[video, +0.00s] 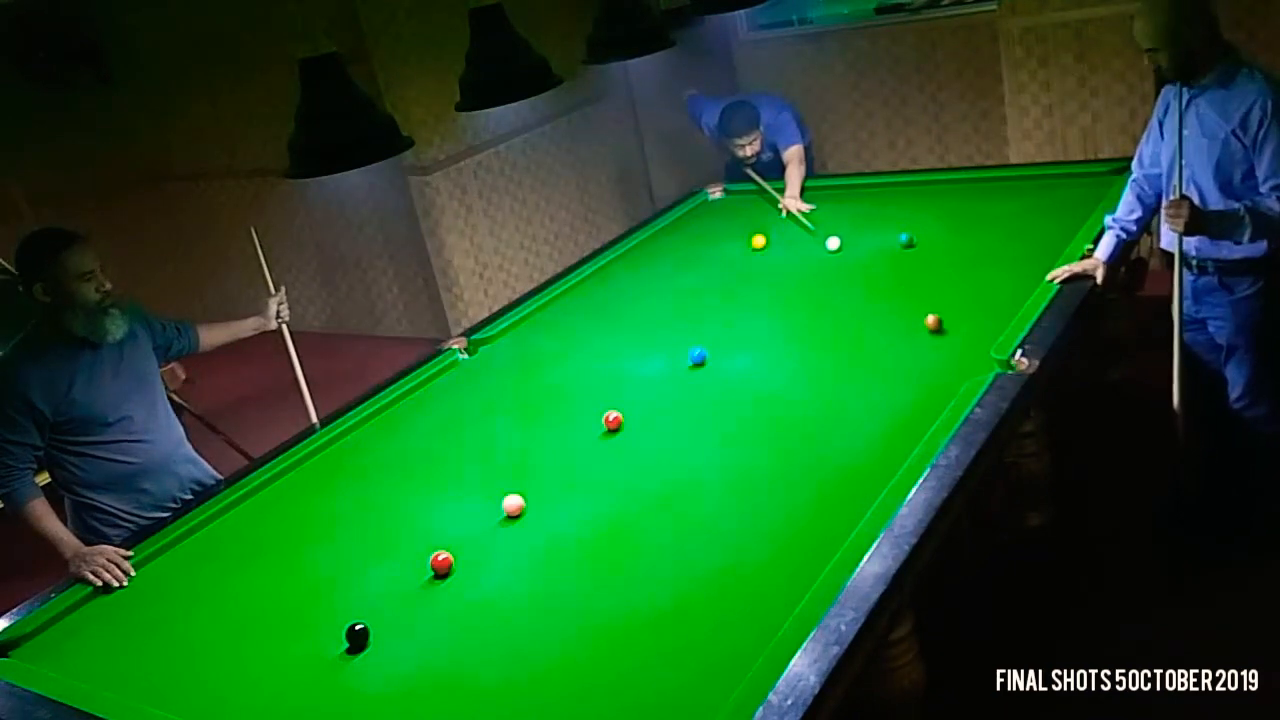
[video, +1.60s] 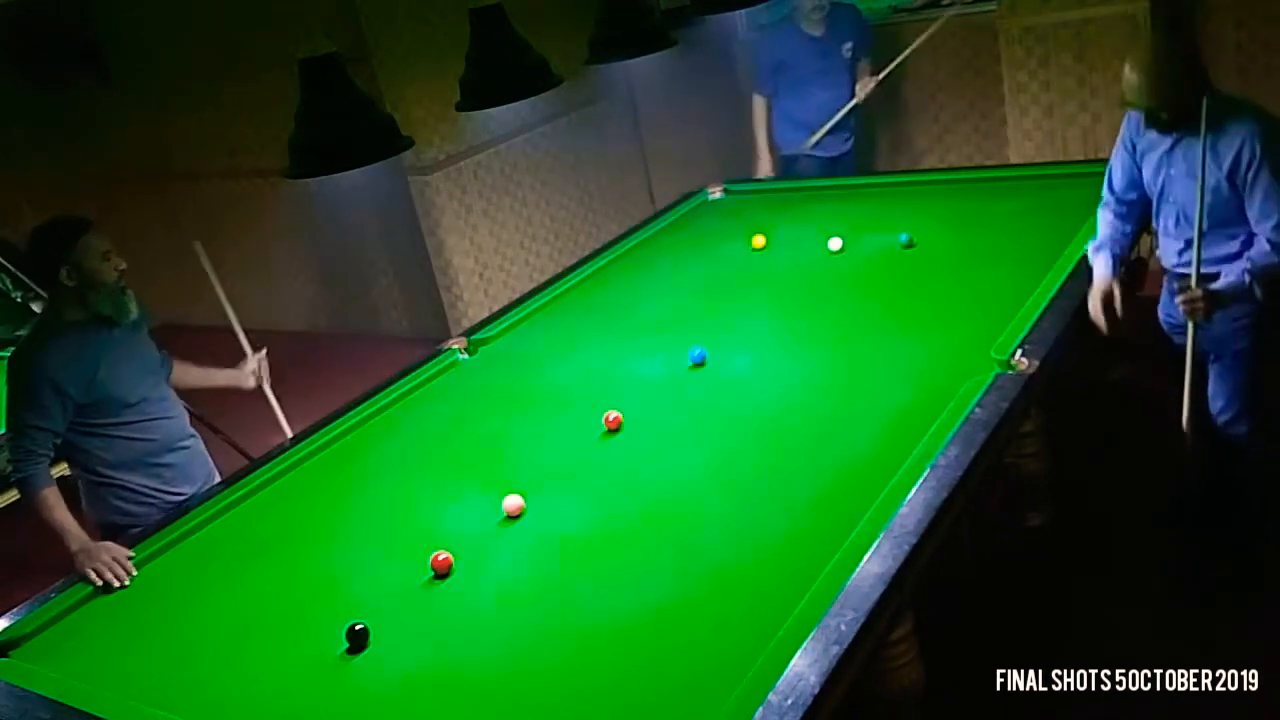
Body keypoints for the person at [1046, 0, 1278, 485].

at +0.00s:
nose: (1151, 63)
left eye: (1157, 52)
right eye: (1146, 52)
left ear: (1193, 39)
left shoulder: (1258, 101)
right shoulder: (1173, 96)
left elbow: (1277, 213)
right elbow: (1145, 179)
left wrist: (1209, 221)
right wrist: (1104, 254)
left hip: (1245, 284)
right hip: (1187, 279)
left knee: (1248, 407)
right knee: (1199, 405)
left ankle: (1258, 520)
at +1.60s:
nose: (1150, 117)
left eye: (1159, 106)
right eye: (1144, 106)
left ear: (1189, 91)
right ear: (1139, 95)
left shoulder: (1246, 137)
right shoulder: (1139, 127)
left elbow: (1272, 241)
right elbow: (1118, 203)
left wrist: (1218, 291)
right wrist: (1104, 266)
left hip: (1234, 304)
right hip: (1174, 299)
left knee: (1227, 419)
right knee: (1178, 411)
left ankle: (1241, 527)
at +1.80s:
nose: (1152, 184)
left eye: (1161, 175)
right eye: (1143, 173)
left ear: (1195, 155)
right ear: (1136, 152)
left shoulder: (1259, 174)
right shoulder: (1132, 174)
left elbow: (1276, 273)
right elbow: (1107, 253)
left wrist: (1229, 324)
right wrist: (1097, 332)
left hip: (1248, 311)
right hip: (1184, 299)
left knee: (1228, 439)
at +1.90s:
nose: (1151, 222)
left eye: (1157, 212)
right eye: (1140, 214)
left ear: (1185, 190)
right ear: (1128, 190)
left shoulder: (1257, 189)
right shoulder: (1126, 200)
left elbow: (1278, 282)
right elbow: (1101, 279)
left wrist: (1238, 332)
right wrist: (1089, 362)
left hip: (1255, 319)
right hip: (1192, 310)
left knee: (1231, 443)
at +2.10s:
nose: (1132, 270)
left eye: (1142, 259)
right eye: (1125, 257)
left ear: (1172, 241)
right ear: (1117, 234)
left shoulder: (1247, 221)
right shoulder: (1127, 229)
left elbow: (1279, 303)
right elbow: (1095, 309)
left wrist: (1256, 344)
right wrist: (1068, 377)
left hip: (1263, 336)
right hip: (1203, 320)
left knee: (1238, 456)